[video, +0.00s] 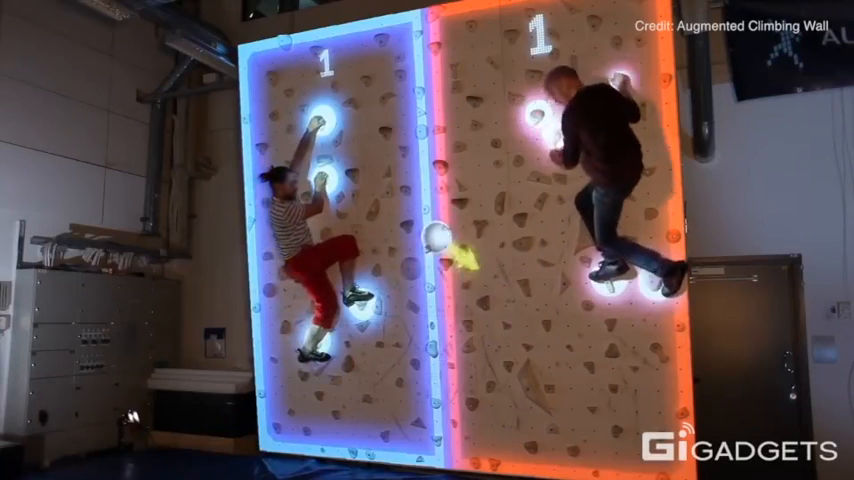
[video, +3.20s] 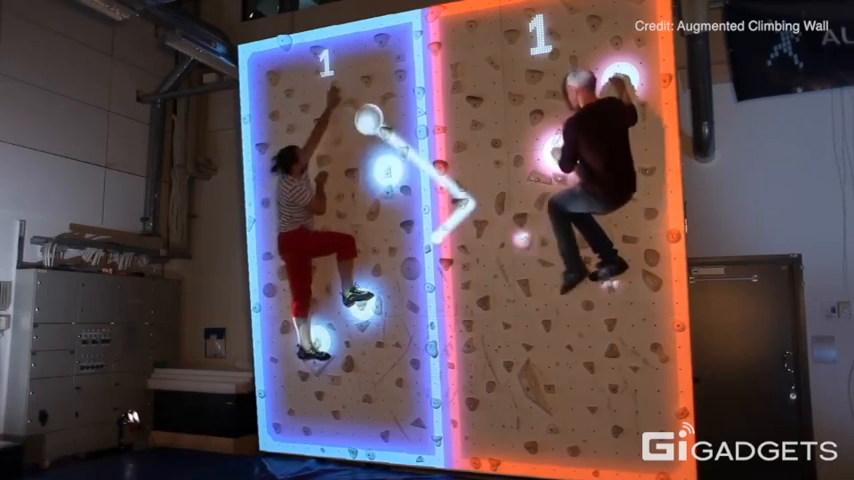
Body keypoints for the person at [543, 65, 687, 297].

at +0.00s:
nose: (555, 100)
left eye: (554, 95)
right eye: (552, 96)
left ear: (563, 86)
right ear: (575, 79)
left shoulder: (572, 114)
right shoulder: (604, 91)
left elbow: (570, 159)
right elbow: (634, 115)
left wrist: (558, 157)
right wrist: (624, 92)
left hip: (611, 178)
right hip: (632, 167)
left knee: (606, 241)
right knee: (583, 201)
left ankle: (669, 270)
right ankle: (614, 261)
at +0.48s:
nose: (559, 123)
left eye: (557, 117)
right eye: (556, 119)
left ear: (565, 111)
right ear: (577, 99)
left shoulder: (580, 135)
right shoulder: (608, 107)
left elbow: (574, 166)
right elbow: (636, 114)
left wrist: (562, 158)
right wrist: (628, 93)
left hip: (626, 192)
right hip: (644, 175)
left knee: (589, 238)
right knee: (584, 203)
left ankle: (647, 274)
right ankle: (613, 263)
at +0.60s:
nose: (562, 124)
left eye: (560, 118)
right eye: (559, 120)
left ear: (571, 111)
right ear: (581, 103)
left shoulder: (583, 137)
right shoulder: (612, 109)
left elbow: (577, 166)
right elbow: (638, 112)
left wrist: (564, 159)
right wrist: (624, 90)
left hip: (628, 195)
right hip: (648, 180)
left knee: (569, 219)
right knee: (584, 202)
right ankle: (613, 259)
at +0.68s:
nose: (564, 122)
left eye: (563, 116)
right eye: (561, 118)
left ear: (574, 109)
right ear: (584, 102)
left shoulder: (585, 136)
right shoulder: (614, 108)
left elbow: (578, 164)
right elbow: (639, 113)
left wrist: (564, 158)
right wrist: (628, 94)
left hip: (626, 196)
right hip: (648, 182)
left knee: (564, 202)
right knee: (583, 200)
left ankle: (596, 259)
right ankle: (611, 260)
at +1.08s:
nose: (566, 113)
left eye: (565, 107)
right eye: (563, 108)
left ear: (578, 101)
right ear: (588, 94)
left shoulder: (585, 129)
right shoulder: (618, 102)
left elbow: (575, 159)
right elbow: (637, 114)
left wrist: (562, 155)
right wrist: (628, 94)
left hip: (621, 194)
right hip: (644, 182)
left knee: (560, 186)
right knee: (578, 198)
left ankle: (584, 245)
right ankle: (613, 262)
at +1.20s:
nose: (566, 113)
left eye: (565, 107)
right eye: (563, 108)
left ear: (578, 101)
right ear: (587, 94)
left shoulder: (585, 129)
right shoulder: (618, 102)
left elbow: (575, 159)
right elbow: (637, 114)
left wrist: (562, 155)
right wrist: (628, 96)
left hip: (618, 192)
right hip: (641, 183)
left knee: (556, 178)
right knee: (580, 203)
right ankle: (612, 261)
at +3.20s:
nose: (568, 96)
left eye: (568, 92)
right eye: (568, 91)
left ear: (575, 92)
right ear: (593, 87)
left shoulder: (574, 124)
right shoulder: (614, 106)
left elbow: (566, 166)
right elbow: (632, 117)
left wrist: (558, 154)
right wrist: (626, 95)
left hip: (602, 195)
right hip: (627, 187)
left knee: (556, 205)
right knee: (574, 206)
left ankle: (574, 269)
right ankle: (611, 260)